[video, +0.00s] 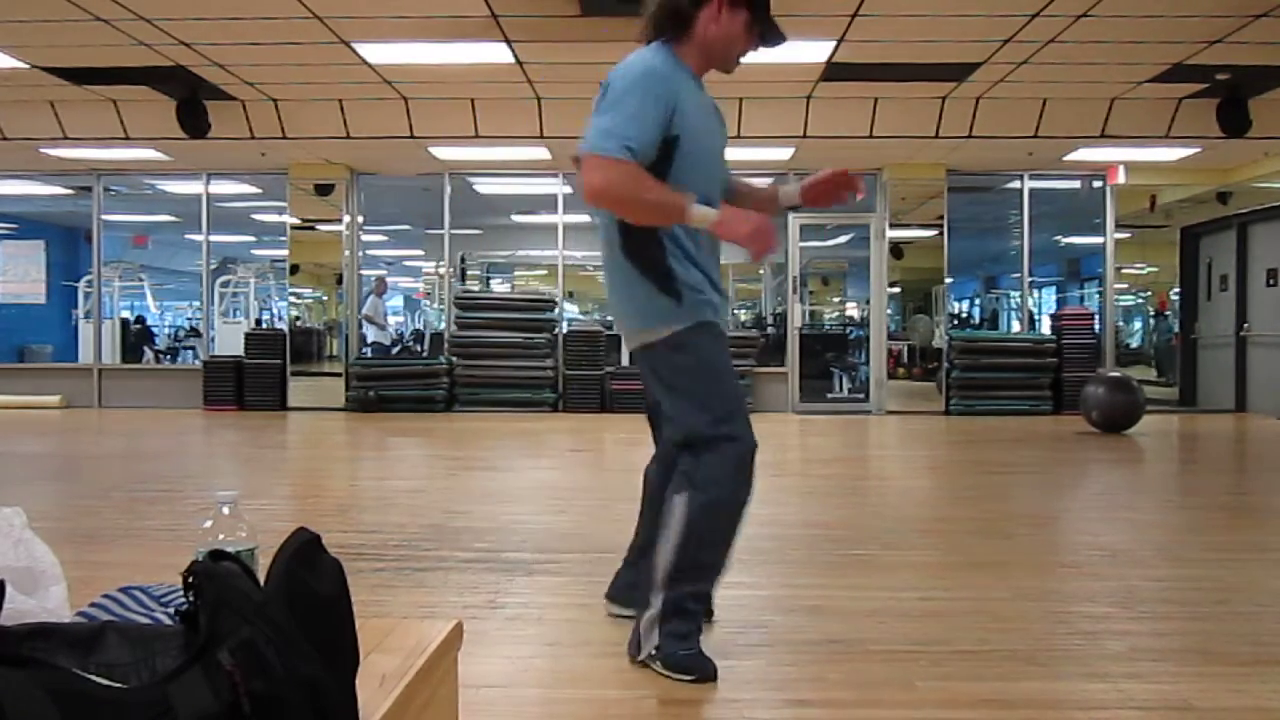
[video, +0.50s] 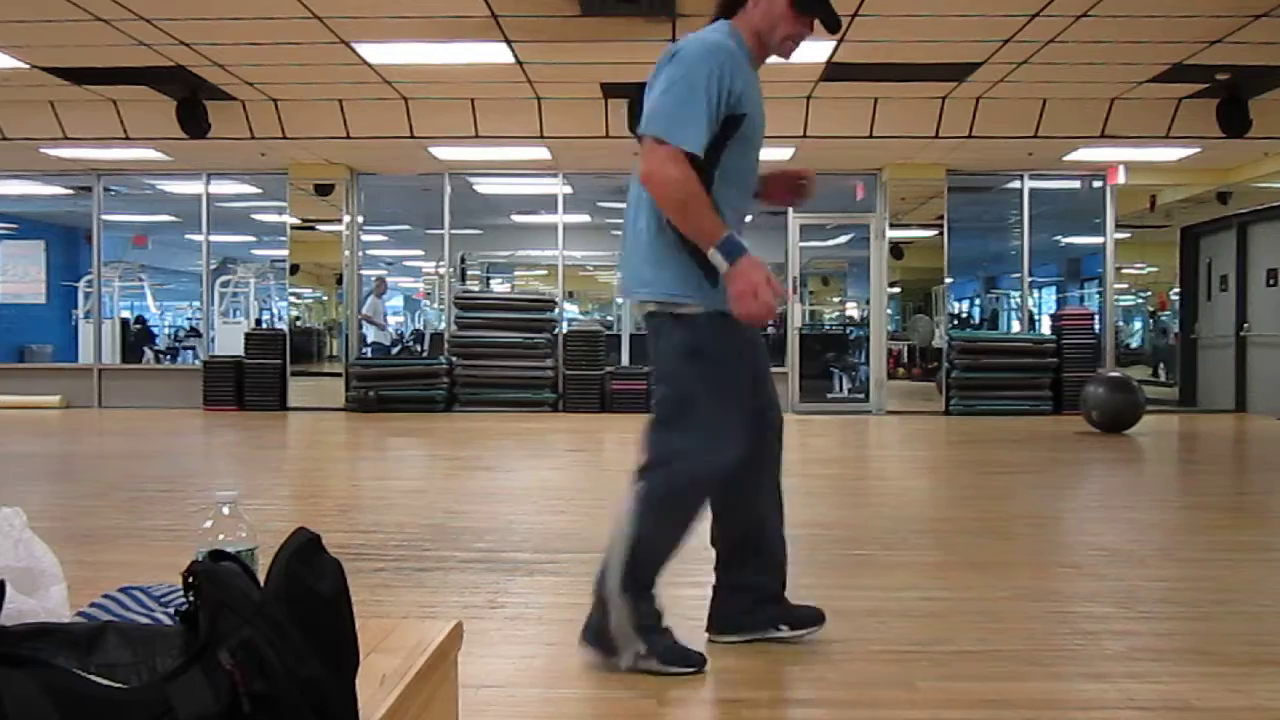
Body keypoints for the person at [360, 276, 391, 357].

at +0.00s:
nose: (386, 287)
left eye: (386, 285)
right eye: (384, 285)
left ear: (385, 286)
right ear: (377, 286)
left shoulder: (381, 301)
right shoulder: (373, 299)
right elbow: (365, 314)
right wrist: (379, 324)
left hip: (384, 337)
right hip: (376, 338)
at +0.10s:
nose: (386, 287)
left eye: (385, 285)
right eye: (383, 285)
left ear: (384, 286)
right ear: (377, 286)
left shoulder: (381, 301)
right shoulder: (373, 299)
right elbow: (365, 314)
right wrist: (379, 324)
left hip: (384, 337)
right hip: (376, 338)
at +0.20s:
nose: (386, 287)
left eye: (386, 284)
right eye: (384, 284)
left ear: (384, 286)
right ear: (377, 286)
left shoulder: (381, 301)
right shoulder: (373, 299)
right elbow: (365, 314)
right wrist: (379, 324)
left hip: (384, 337)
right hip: (376, 338)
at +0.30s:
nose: (386, 288)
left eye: (386, 285)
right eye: (384, 285)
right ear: (378, 287)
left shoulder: (381, 301)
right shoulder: (372, 299)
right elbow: (365, 315)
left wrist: (385, 323)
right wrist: (379, 324)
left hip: (384, 338)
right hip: (375, 339)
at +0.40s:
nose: (386, 288)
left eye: (386, 285)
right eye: (384, 285)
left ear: (385, 287)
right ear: (378, 286)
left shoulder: (381, 301)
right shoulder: (372, 299)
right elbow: (365, 315)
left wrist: (385, 323)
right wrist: (379, 324)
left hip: (384, 338)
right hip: (375, 338)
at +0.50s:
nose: (386, 288)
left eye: (386, 286)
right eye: (384, 286)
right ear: (378, 287)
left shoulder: (381, 301)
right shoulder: (372, 299)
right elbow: (365, 315)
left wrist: (385, 323)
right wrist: (379, 324)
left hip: (384, 338)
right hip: (375, 338)